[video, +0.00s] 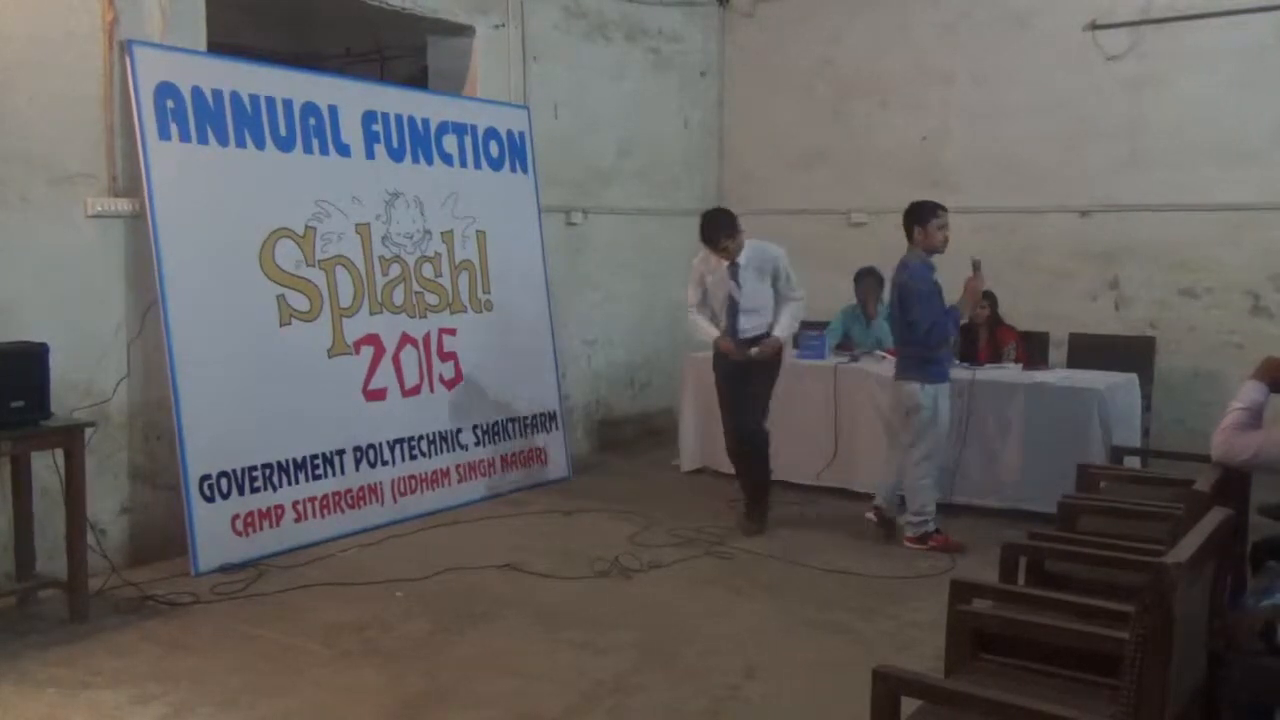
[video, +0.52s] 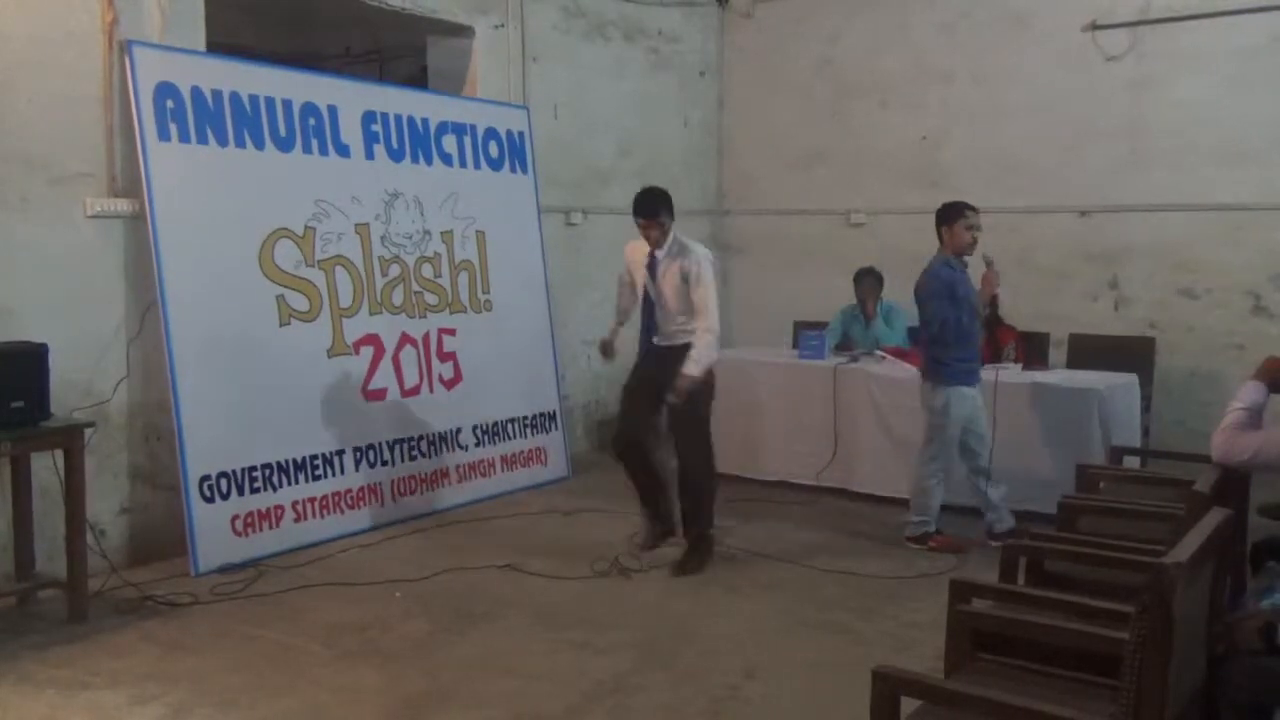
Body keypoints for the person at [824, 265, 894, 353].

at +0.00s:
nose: (866, 294)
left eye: (871, 289)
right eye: (862, 289)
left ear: (879, 291)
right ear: (855, 291)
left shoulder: (890, 316)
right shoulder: (846, 314)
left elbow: (891, 349)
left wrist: (875, 318)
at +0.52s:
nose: (866, 301)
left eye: (870, 295)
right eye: (861, 296)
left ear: (879, 293)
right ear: (855, 293)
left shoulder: (894, 312)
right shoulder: (847, 314)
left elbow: (894, 347)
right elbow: (827, 341)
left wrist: (873, 317)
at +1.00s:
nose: (864, 294)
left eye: (869, 289)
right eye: (859, 289)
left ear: (878, 291)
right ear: (853, 292)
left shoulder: (892, 314)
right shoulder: (845, 314)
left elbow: (893, 349)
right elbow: (826, 342)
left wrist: (871, 318)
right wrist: (837, 347)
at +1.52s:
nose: (863, 296)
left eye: (867, 290)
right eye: (858, 291)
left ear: (876, 292)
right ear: (852, 293)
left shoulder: (892, 313)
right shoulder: (844, 314)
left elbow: (891, 349)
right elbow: (823, 344)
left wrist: (871, 317)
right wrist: (837, 347)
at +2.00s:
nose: (862, 298)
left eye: (867, 292)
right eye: (857, 292)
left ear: (876, 292)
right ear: (851, 293)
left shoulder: (892, 314)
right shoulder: (843, 314)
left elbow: (890, 349)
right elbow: (823, 344)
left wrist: (870, 317)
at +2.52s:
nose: (861, 294)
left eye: (866, 288)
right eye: (856, 289)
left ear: (875, 291)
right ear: (851, 292)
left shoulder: (891, 313)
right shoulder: (842, 314)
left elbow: (890, 348)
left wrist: (870, 318)